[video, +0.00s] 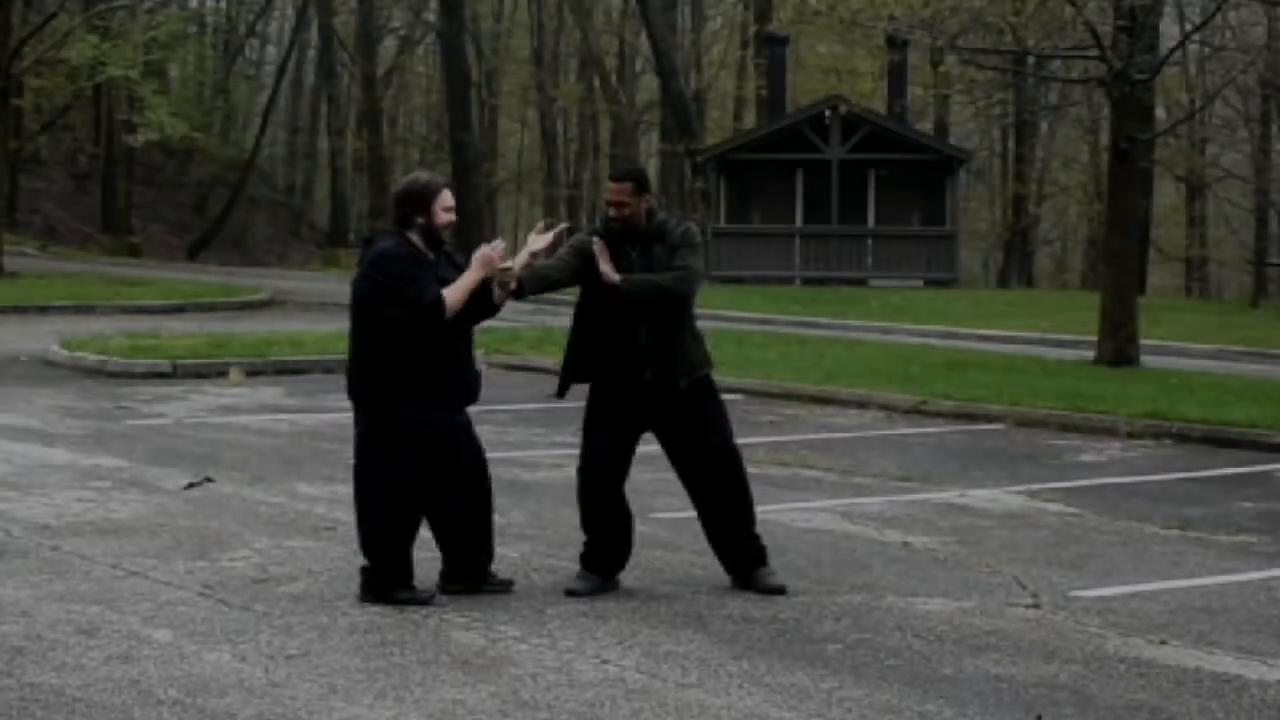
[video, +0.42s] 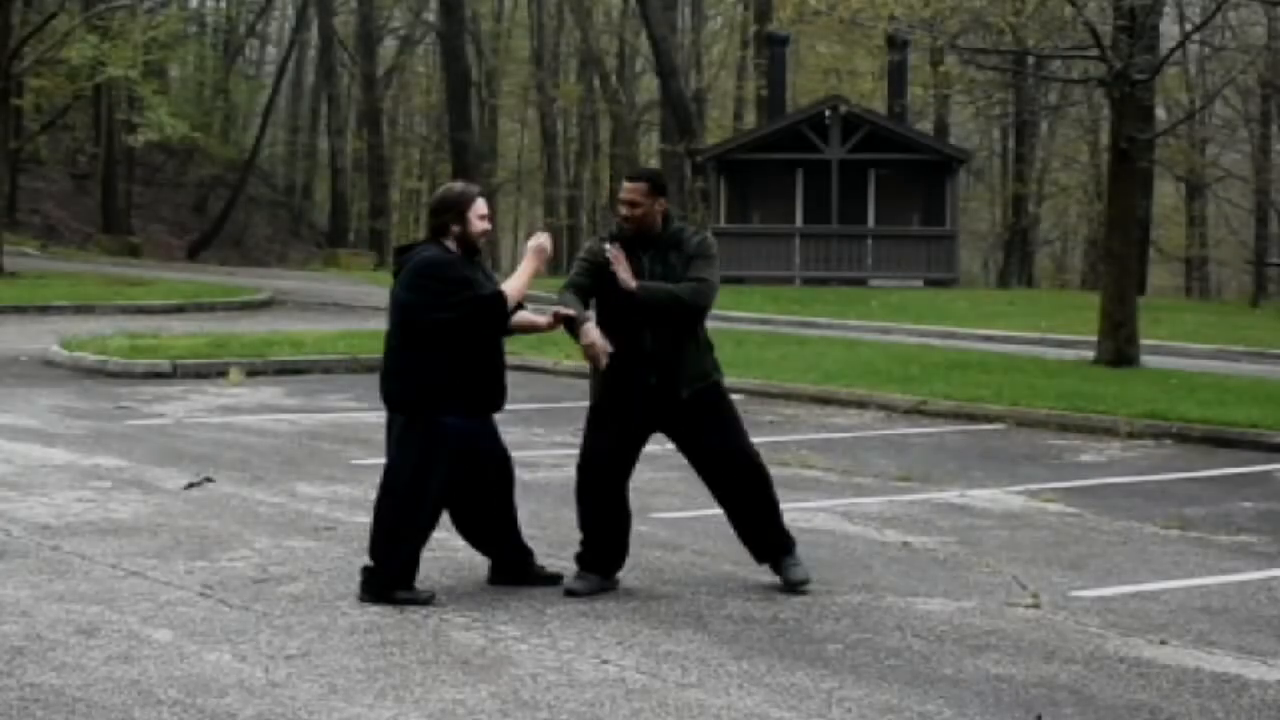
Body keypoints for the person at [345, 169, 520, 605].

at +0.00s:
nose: (453, 219)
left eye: (453, 210)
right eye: (445, 210)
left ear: (433, 215)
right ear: (418, 213)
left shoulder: (437, 258)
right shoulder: (389, 259)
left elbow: (466, 310)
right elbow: (431, 311)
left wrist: (514, 271)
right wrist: (476, 272)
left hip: (438, 400)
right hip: (392, 403)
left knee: (465, 482)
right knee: (390, 492)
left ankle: (466, 571)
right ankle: (385, 580)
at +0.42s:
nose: (488, 226)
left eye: (488, 218)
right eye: (480, 218)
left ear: (462, 224)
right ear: (453, 222)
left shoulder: (465, 264)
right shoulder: (431, 265)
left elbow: (493, 316)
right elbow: (491, 308)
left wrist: (540, 321)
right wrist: (531, 265)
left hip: (464, 405)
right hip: (426, 407)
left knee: (491, 482)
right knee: (411, 494)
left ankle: (511, 562)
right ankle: (386, 580)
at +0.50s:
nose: (500, 223)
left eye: (500, 215)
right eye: (493, 216)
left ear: (468, 223)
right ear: (468, 221)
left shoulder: (472, 263)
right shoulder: (452, 263)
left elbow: (507, 311)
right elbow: (523, 287)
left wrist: (554, 332)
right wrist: (569, 248)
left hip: (477, 402)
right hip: (441, 405)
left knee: (502, 481)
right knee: (423, 493)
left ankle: (512, 564)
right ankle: (386, 579)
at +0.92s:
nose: (554, 213)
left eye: (553, 205)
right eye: (548, 206)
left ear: (514, 211)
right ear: (525, 210)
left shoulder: (480, 248)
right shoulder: (537, 248)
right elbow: (592, 263)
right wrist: (637, 257)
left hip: (481, 383)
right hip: (525, 387)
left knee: (519, 473)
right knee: (493, 477)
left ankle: (513, 564)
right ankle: (444, 569)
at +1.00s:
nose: (563, 215)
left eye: (561, 206)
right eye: (557, 207)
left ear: (521, 213)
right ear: (534, 213)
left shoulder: (488, 253)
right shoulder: (542, 254)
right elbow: (601, 289)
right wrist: (658, 301)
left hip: (485, 385)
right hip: (527, 390)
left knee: (500, 472)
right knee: (519, 478)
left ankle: (515, 562)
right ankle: (463, 566)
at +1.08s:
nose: (569, 216)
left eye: (568, 208)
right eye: (564, 208)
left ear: (527, 213)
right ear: (540, 213)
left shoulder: (496, 251)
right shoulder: (548, 257)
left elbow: (522, 289)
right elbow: (595, 314)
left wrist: (570, 268)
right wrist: (652, 335)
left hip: (487, 382)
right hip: (530, 387)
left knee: (498, 469)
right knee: (529, 474)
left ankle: (515, 560)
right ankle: (488, 570)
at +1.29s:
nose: (571, 215)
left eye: (571, 207)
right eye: (565, 207)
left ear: (537, 212)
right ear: (540, 210)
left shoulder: (544, 254)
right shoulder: (523, 252)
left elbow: (602, 281)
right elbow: (555, 315)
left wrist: (665, 258)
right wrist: (596, 318)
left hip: (533, 386)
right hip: (519, 387)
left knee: (524, 473)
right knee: (535, 476)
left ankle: (517, 564)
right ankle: (514, 571)